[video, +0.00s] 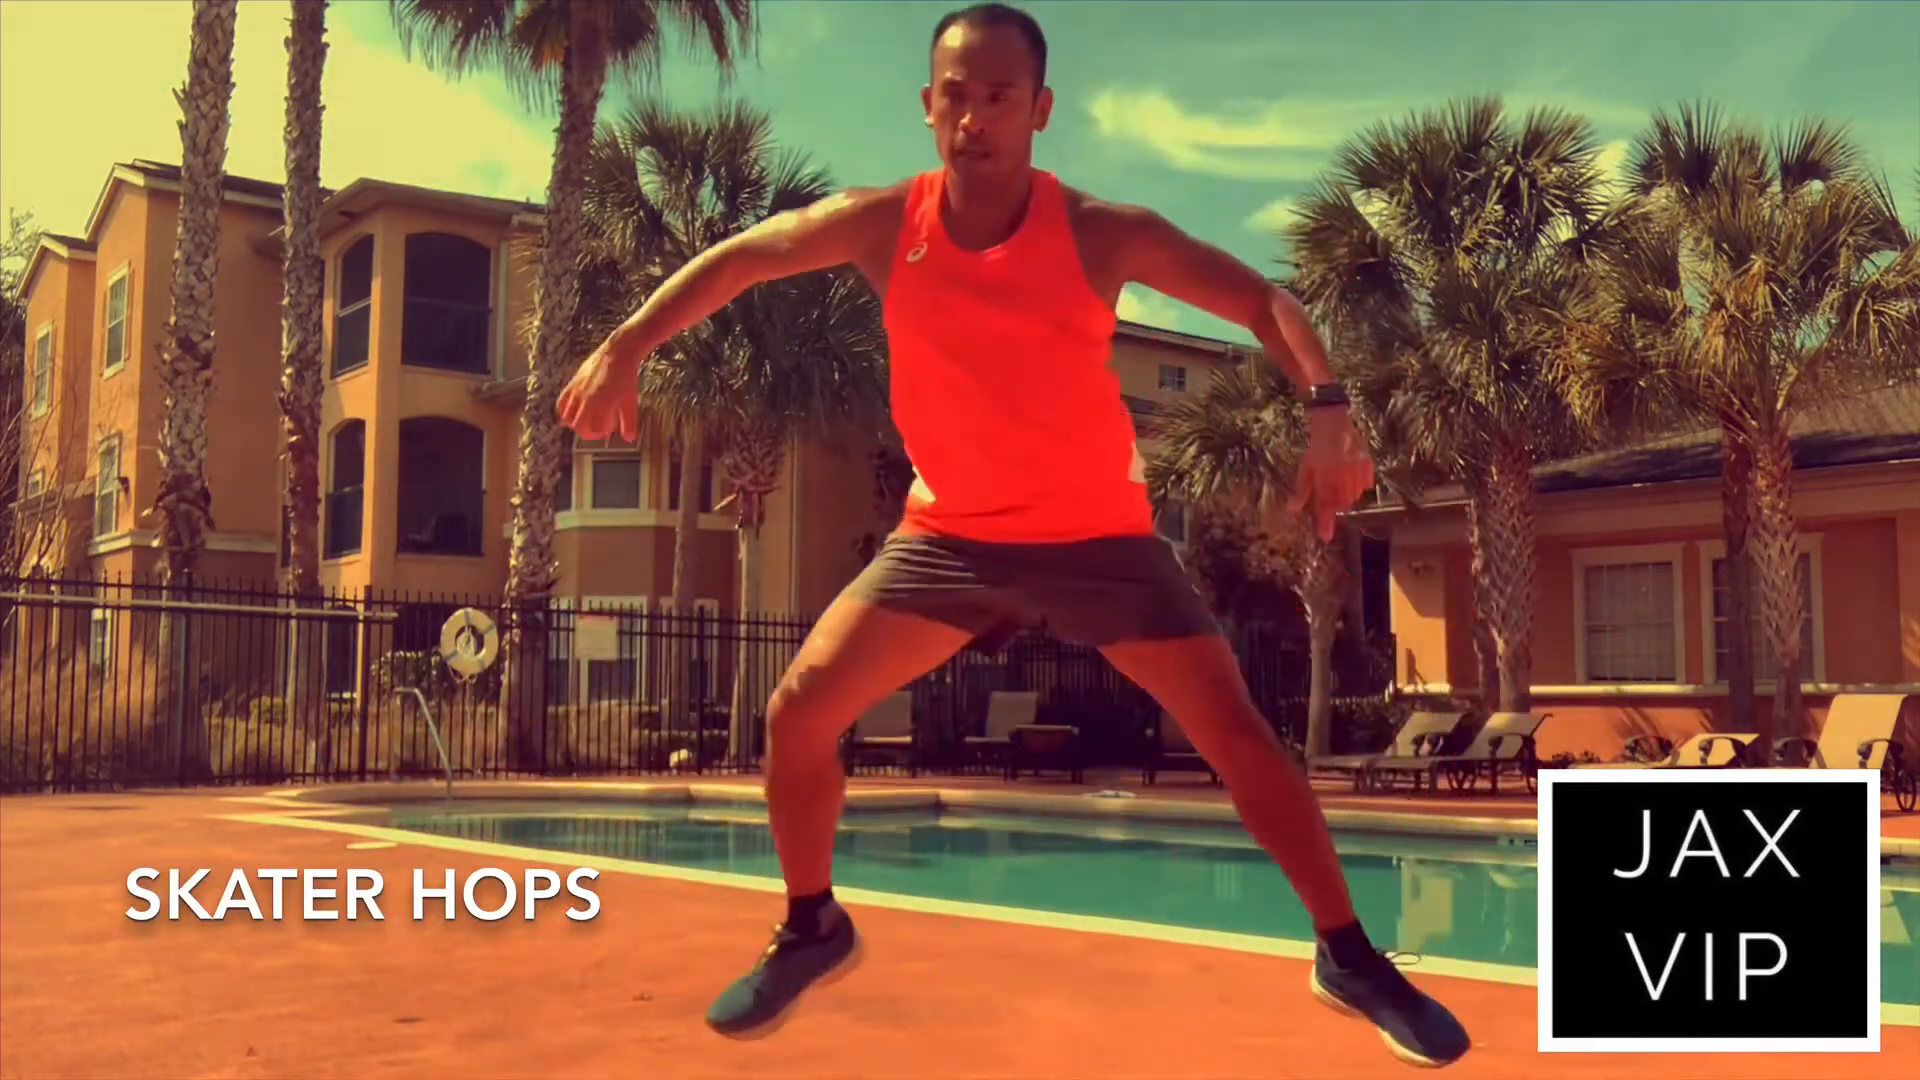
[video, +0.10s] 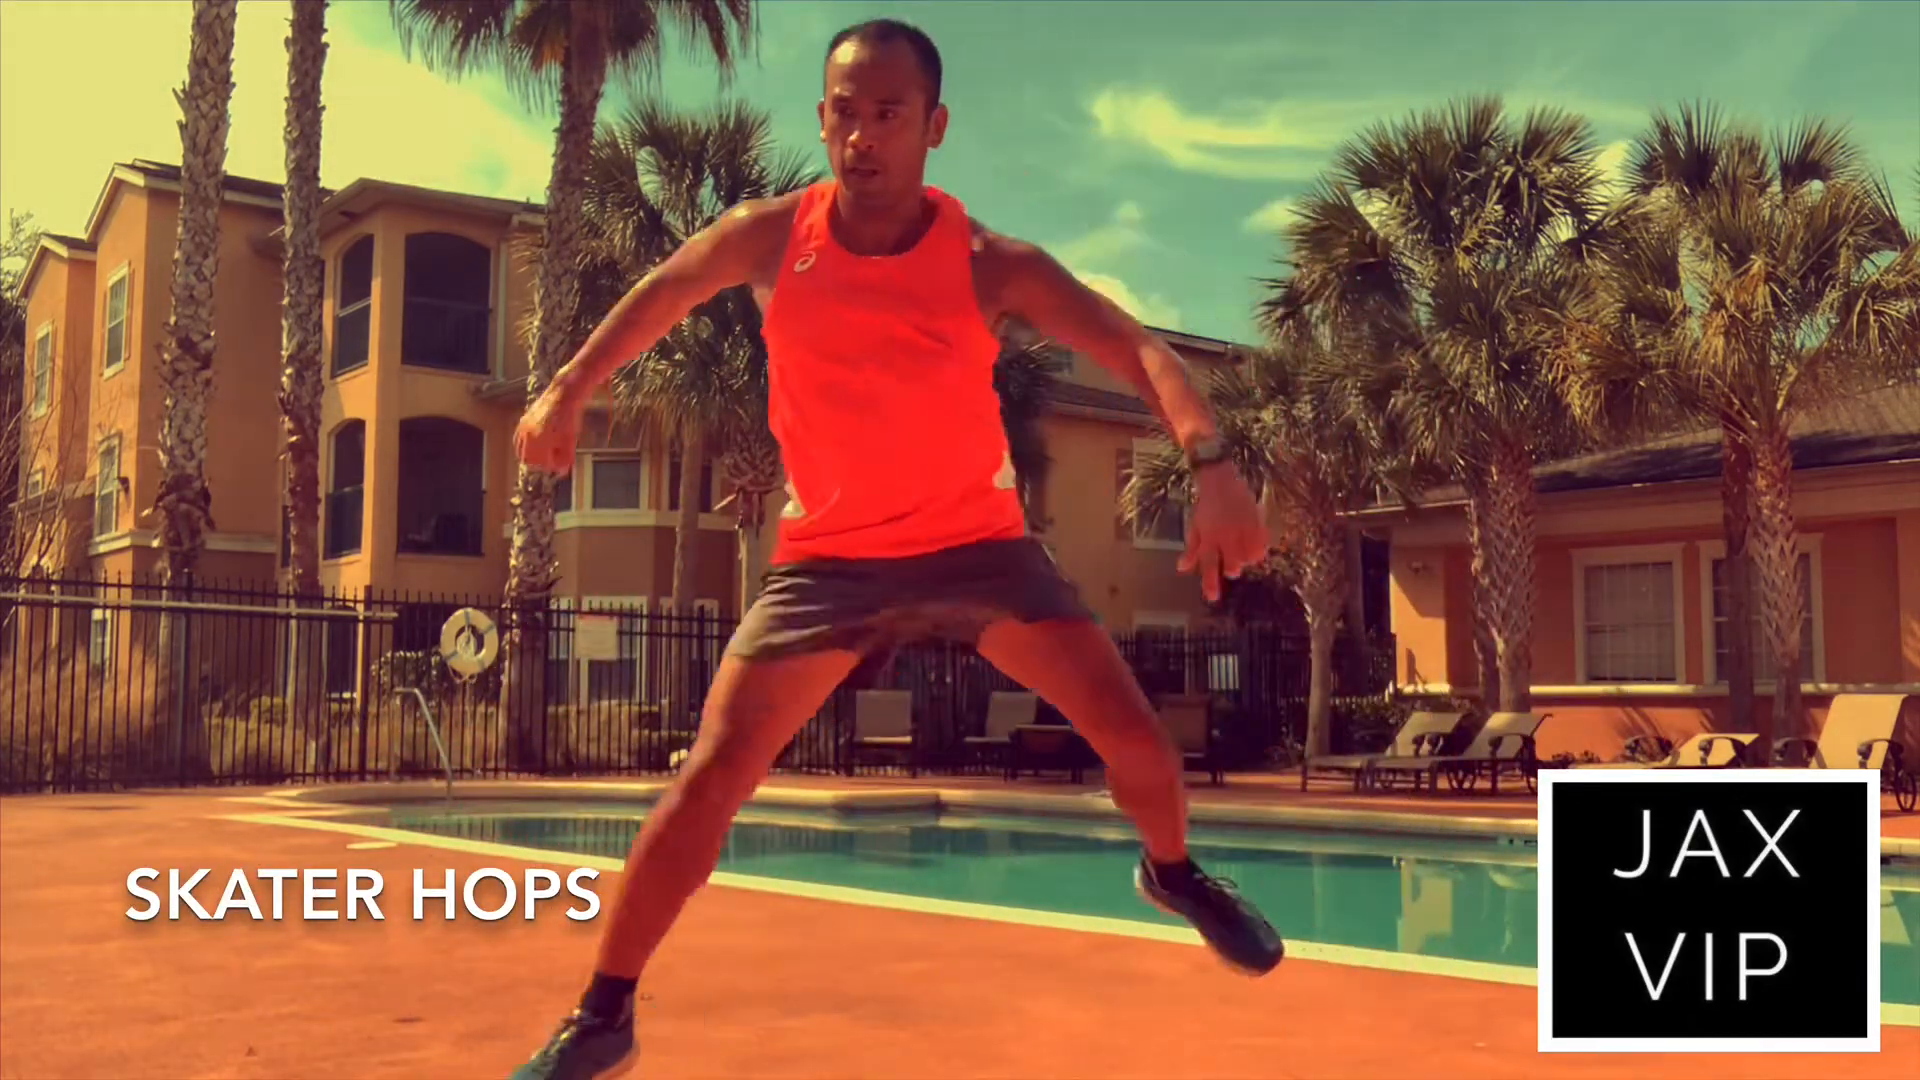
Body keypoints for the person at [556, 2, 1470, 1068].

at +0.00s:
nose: (975, 116)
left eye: (998, 95)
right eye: (956, 95)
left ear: (1040, 108)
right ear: (926, 107)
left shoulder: (1104, 238)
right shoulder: (879, 224)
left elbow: (1267, 305)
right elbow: (738, 260)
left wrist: (1330, 412)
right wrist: (620, 351)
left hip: (1105, 544)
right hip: (945, 542)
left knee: (1235, 734)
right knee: (799, 711)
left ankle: (1351, 950)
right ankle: (812, 925)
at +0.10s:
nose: (861, 138)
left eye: (888, 115)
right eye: (843, 113)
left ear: (935, 125)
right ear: (821, 120)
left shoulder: (992, 264)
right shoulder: (763, 239)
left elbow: (1137, 351)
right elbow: (661, 298)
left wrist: (1214, 465)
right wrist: (565, 393)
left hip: (982, 550)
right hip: (826, 562)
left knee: (1133, 733)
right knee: (712, 773)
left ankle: (1173, 871)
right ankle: (601, 1009)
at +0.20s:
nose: (741, 211)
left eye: (770, 189)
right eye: (725, 187)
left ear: (821, 204)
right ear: (704, 196)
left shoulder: (880, 348)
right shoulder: (654, 313)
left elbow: (1008, 466)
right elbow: (607, 400)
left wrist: (1053, 593)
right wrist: (561, 490)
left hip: (853, 625)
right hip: (703, 630)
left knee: (993, 816)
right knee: (621, 852)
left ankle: (943, 831)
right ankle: (536, 1065)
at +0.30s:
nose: (634, 282)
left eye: (664, 260)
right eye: (622, 258)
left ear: (723, 275)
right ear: (607, 265)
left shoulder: (777, 412)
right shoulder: (574, 382)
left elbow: (861, 575)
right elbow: (579, 518)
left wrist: (854, 730)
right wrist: (590, 640)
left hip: (761, 683)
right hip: (624, 664)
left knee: (792, 928)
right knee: (553, 847)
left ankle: (721, 831)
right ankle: (530, 1067)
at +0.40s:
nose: (564, 348)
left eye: (593, 323)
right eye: (553, 322)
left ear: (659, 335)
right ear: (538, 326)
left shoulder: (710, 476)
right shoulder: (531, 437)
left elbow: (721, 670)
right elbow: (564, 569)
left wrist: (637, 823)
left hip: (699, 727)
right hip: (578, 681)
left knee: (609, 963)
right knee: (523, 857)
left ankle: (514, 906)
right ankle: (529, 1073)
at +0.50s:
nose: (530, 404)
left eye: (560, 382)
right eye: (519, 380)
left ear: (625, 396)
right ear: (506, 387)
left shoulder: (671, 544)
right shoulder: (509, 491)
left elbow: (602, 746)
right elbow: (530, 624)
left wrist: (447, 870)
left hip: (641, 779)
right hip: (533, 712)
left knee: (493, 956)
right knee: (520, 871)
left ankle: (402, 947)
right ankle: (528, 1070)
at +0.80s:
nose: (567, 406)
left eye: (594, 382)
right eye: (551, 382)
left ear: (651, 390)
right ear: (532, 388)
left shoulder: (710, 536)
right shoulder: (521, 504)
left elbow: (659, 740)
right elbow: (501, 611)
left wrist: (488, 831)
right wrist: (449, 714)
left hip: (650, 773)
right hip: (538, 709)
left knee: (515, 946)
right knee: (518, 880)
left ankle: (359, 987)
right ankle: (527, 1072)